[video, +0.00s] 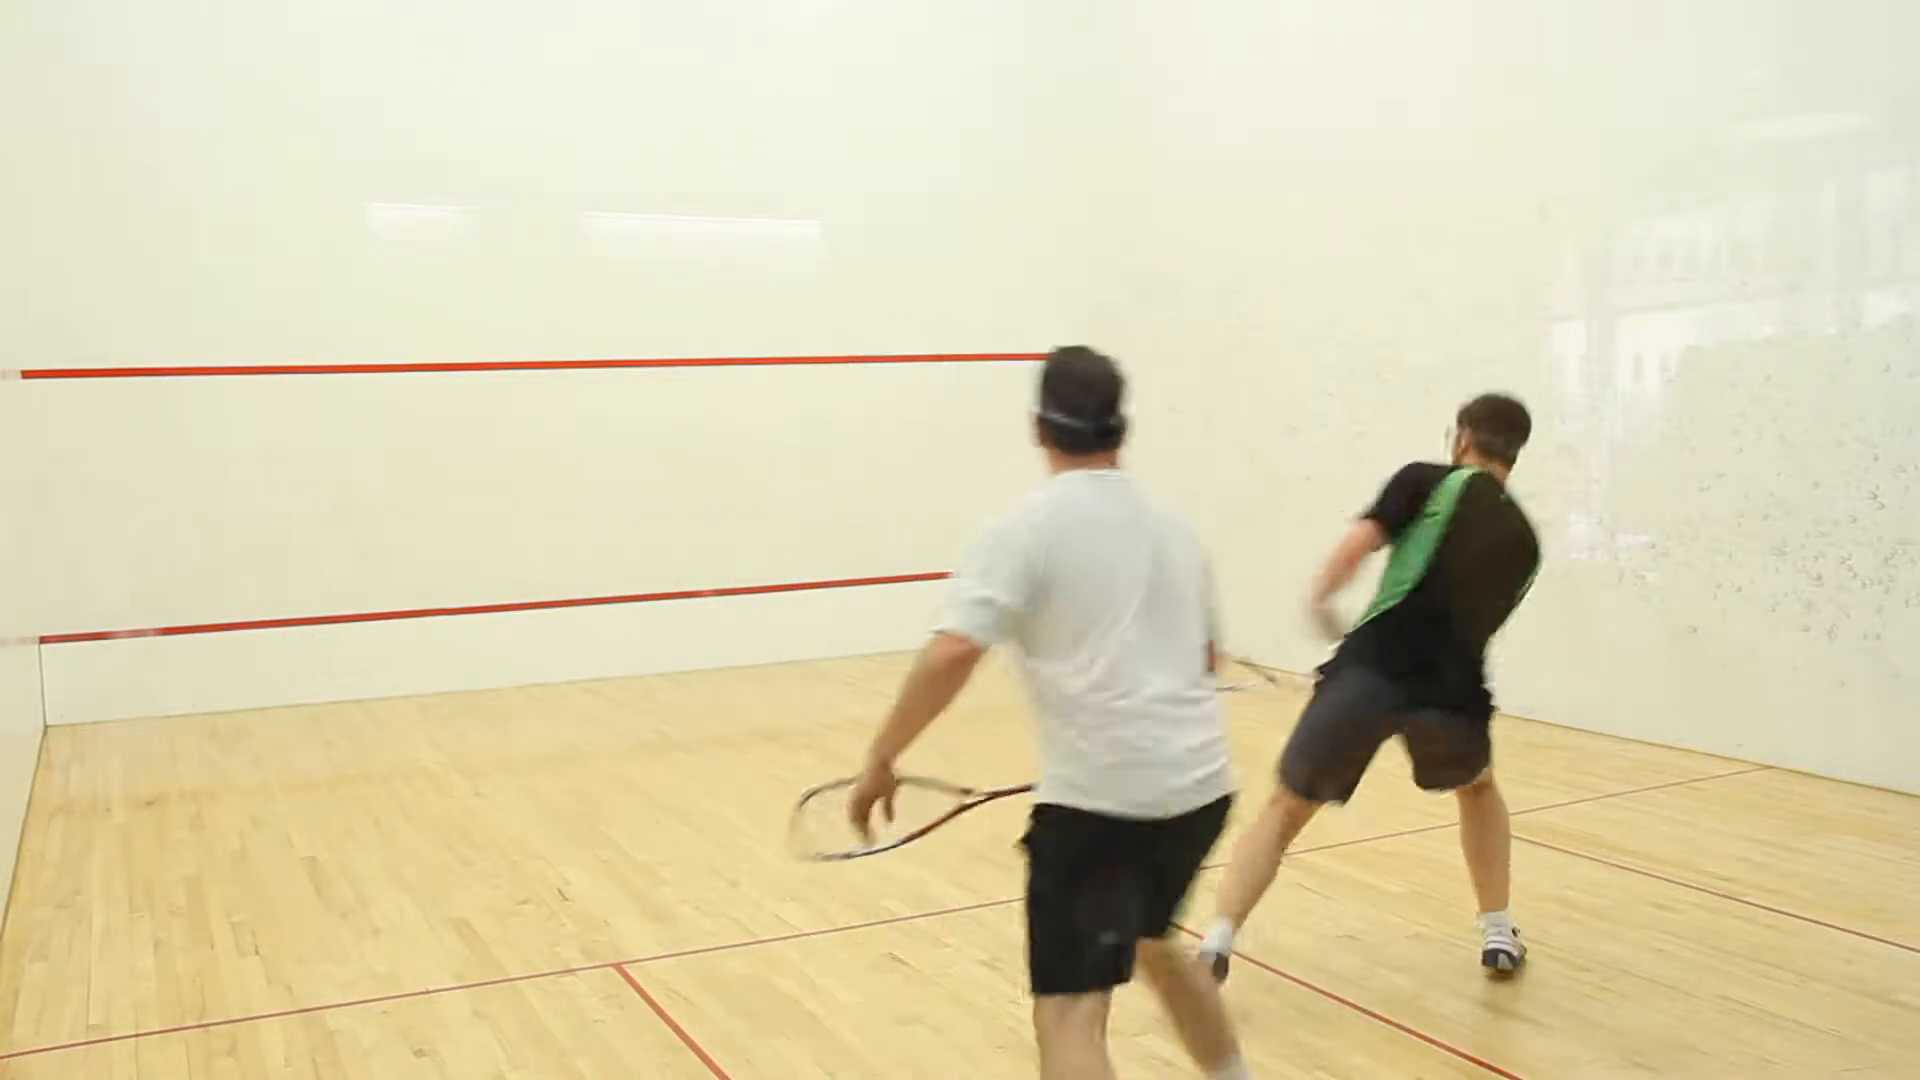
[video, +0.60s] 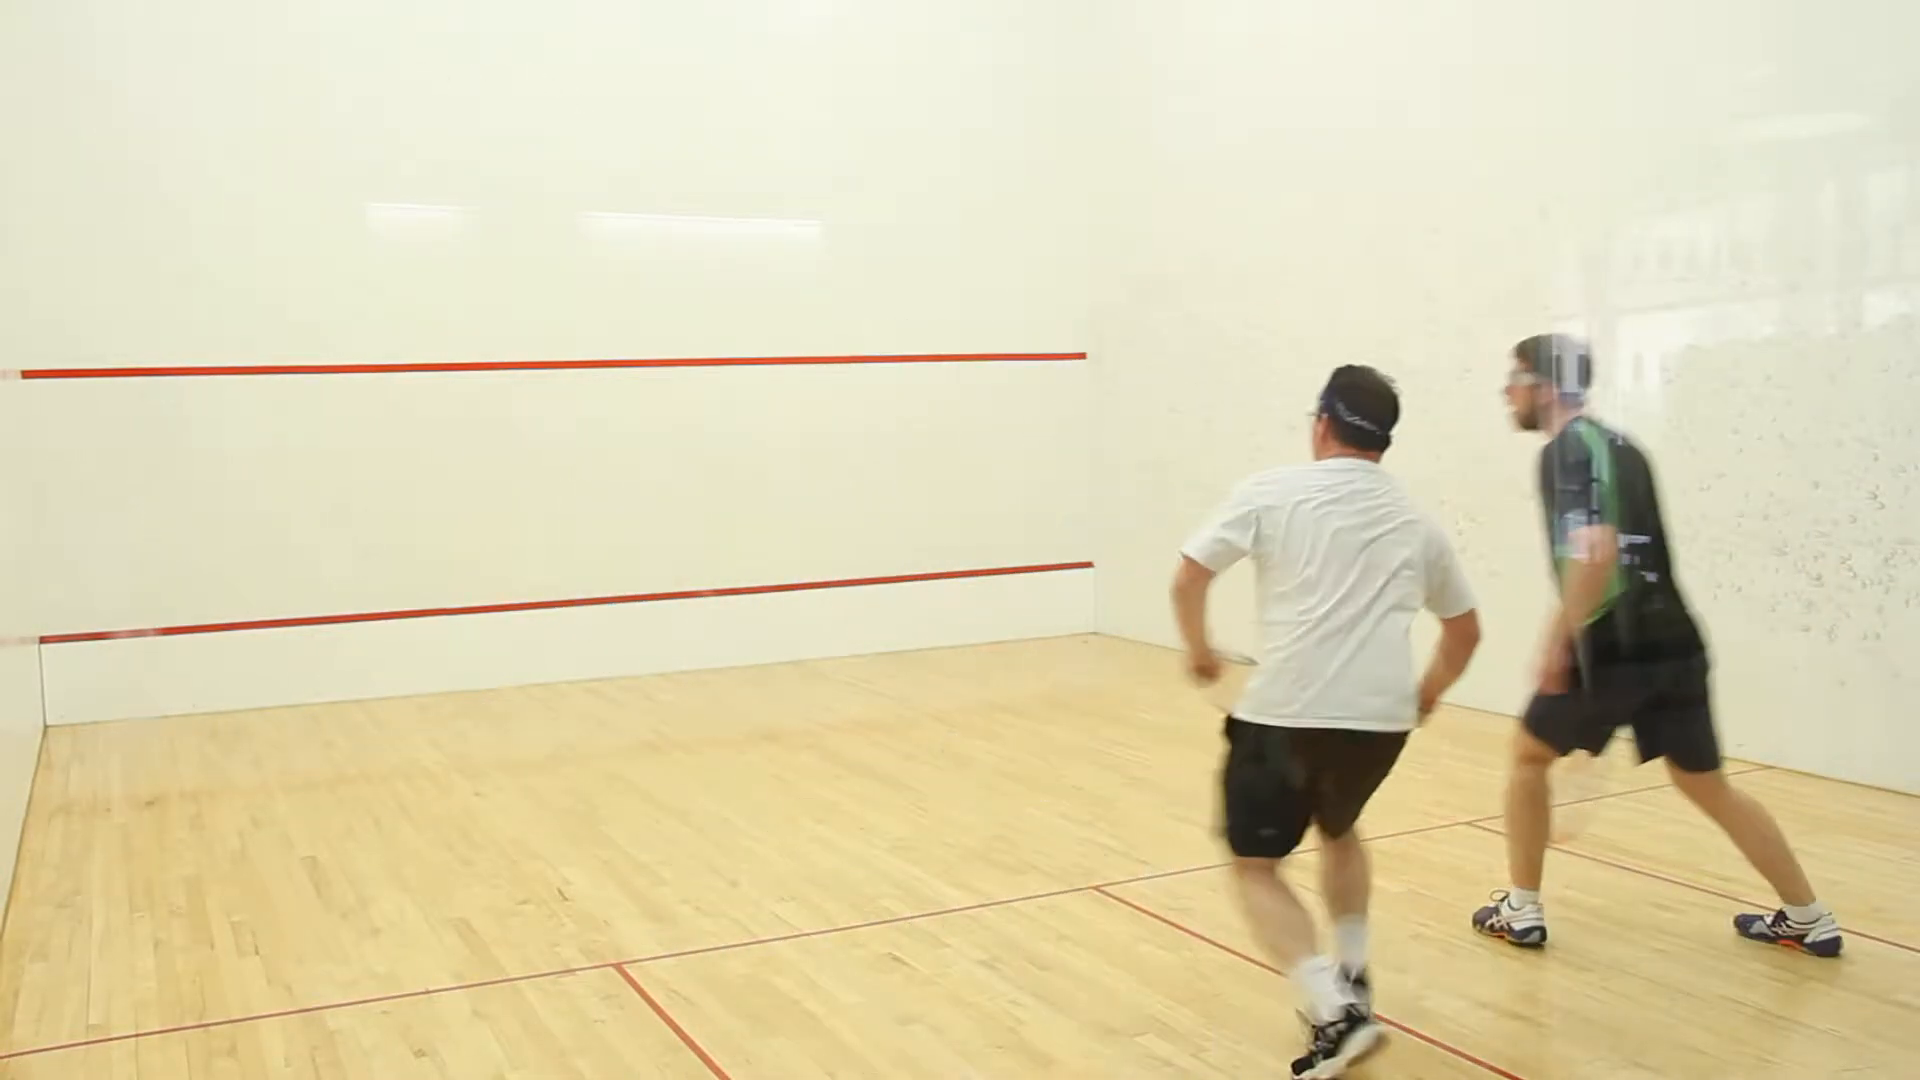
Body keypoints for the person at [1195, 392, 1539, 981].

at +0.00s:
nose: (1452, 447)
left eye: (1454, 438)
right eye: (1457, 440)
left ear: (1462, 439)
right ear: (1516, 458)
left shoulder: (1425, 480)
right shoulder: (1526, 542)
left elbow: (1357, 544)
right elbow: (1479, 621)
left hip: (1370, 676)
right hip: (1451, 696)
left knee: (1287, 807)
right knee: (1477, 789)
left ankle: (1217, 941)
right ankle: (1498, 933)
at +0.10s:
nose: (1453, 412)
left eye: (1458, 402)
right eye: (1457, 402)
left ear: (1477, 405)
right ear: (1518, 413)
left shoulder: (1458, 450)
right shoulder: (1546, 490)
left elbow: (1428, 520)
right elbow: (1523, 578)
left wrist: (1391, 548)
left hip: (1416, 647)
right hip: (1493, 665)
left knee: (1326, 778)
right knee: (1492, 784)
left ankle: (1256, 900)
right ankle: (1503, 930)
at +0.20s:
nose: (1455, 370)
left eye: (1460, 359)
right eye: (1459, 359)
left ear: (1481, 364)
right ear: (1522, 370)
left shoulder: (1476, 414)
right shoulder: (1556, 444)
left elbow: (1466, 491)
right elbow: (1543, 532)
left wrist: (1413, 500)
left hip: (1459, 628)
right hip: (1530, 639)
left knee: (1381, 751)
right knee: (1502, 772)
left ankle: (1347, 896)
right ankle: (1511, 923)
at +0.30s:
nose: (1457, 351)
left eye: (1463, 339)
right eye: (1461, 338)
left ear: (1488, 345)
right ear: (1525, 349)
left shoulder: (1489, 397)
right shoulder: (1568, 415)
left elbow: (1486, 479)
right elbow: (1562, 507)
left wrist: (1426, 495)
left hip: (1497, 603)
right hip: (1566, 609)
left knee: (1447, 743)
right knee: (1530, 743)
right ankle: (1567, 890)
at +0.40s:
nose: (1464, 366)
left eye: (1471, 355)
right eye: (1467, 353)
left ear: (1497, 363)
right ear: (1530, 366)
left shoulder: (1500, 422)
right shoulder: (1577, 432)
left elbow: (1503, 508)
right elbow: (1583, 523)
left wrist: (1442, 532)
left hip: (1535, 616)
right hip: (1596, 613)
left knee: (1494, 756)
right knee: (1570, 753)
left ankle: (1515, 908)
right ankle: (1663, 885)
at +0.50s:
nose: (1473, 393)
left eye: (1481, 383)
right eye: (1477, 381)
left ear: (1508, 395)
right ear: (1532, 397)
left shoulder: (1522, 455)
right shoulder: (1585, 454)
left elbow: (1538, 551)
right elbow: (1609, 553)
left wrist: (1476, 611)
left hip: (1569, 650)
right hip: (1632, 649)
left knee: (1498, 754)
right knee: (1640, 782)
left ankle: (1519, 908)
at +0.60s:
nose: (1506, 392)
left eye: (1516, 379)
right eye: (1510, 379)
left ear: (1548, 387)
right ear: (1567, 387)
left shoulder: (1569, 448)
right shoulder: (1620, 448)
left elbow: (1595, 558)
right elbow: (1644, 561)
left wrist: (1557, 636)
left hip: (1613, 650)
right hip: (1673, 648)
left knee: (1529, 755)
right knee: (1703, 781)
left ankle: (1521, 907)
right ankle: (1809, 917)